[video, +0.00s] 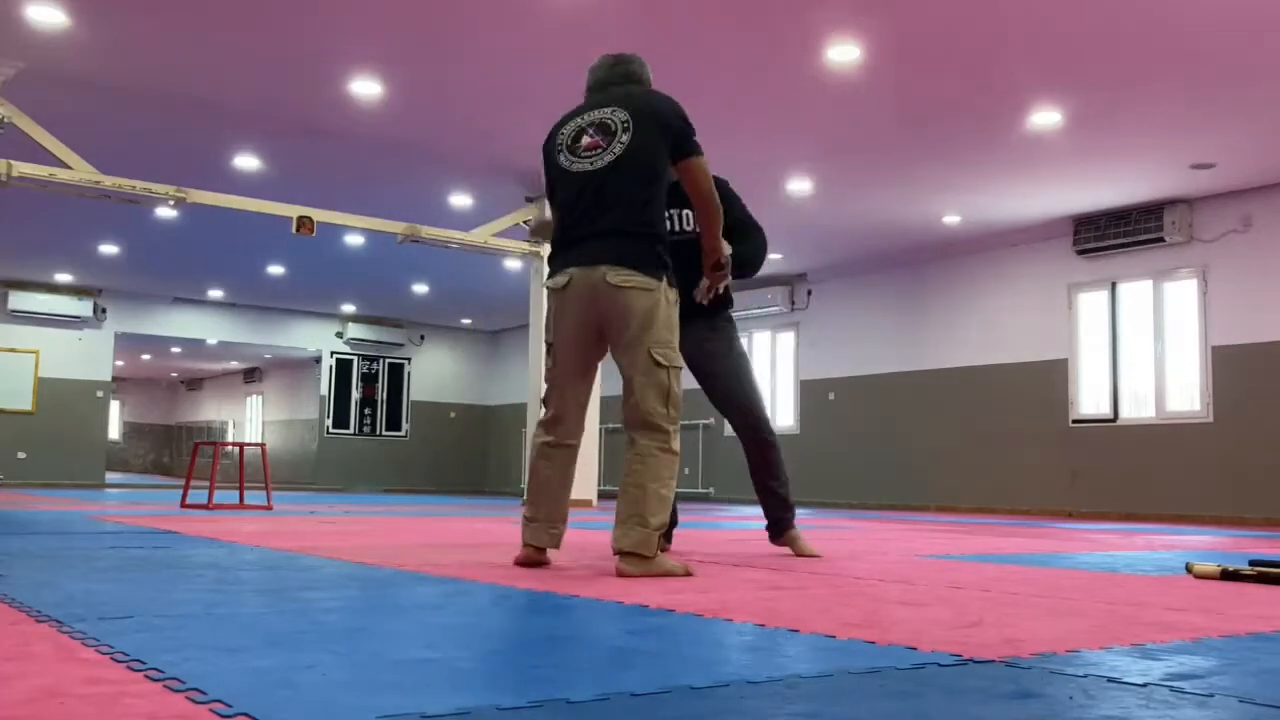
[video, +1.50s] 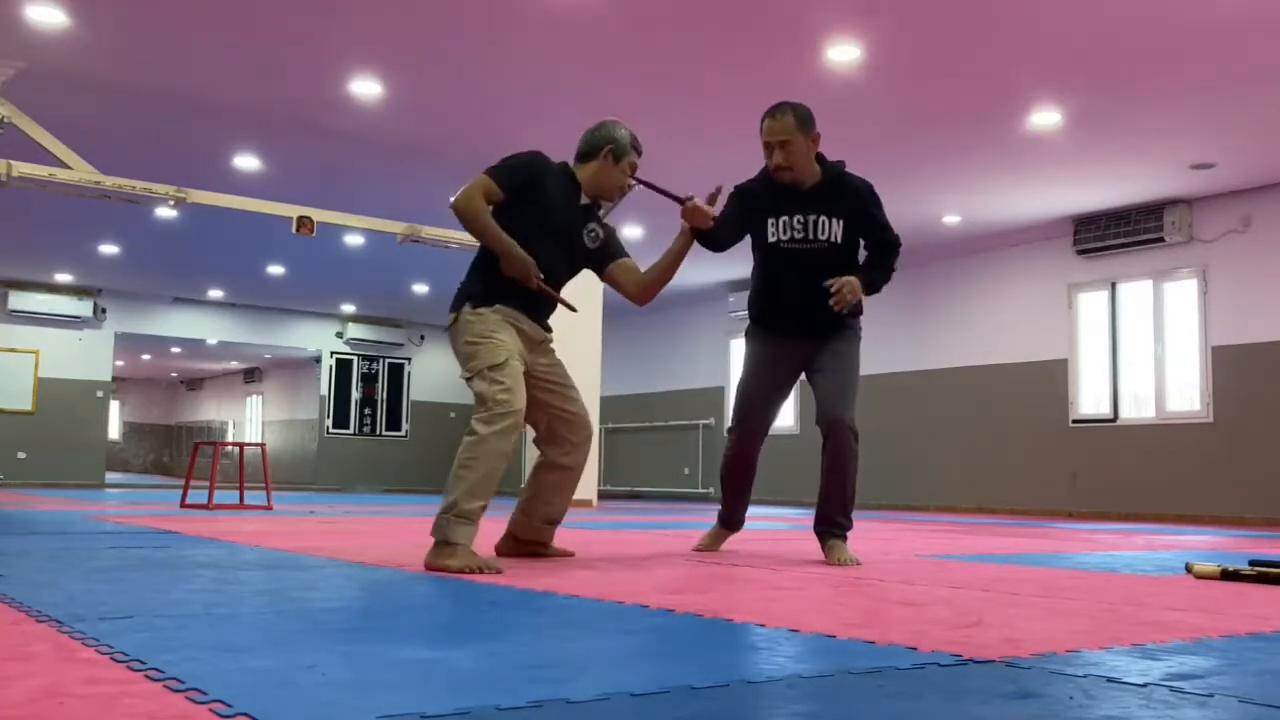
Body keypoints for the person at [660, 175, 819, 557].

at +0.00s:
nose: (669, 158)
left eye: (675, 149)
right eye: (661, 151)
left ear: (684, 151)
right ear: (645, 153)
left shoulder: (708, 189)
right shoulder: (630, 197)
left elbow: (753, 243)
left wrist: (723, 269)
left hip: (706, 318)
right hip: (649, 321)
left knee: (753, 422)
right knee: (651, 425)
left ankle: (783, 526)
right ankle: (656, 534)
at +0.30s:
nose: (675, 149)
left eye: (682, 139)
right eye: (665, 141)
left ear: (698, 142)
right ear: (650, 146)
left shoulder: (715, 194)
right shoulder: (635, 190)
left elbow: (732, 252)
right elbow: (620, 258)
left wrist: (745, 273)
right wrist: (678, 297)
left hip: (711, 327)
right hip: (655, 331)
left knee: (751, 423)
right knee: (650, 430)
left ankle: (771, 528)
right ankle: (657, 532)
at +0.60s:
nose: (705, 150)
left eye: (715, 140)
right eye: (696, 143)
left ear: (736, 142)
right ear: (686, 148)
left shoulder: (761, 186)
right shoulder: (674, 203)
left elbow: (772, 246)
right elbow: (656, 264)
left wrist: (740, 209)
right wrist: (652, 322)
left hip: (761, 334)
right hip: (700, 338)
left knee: (796, 424)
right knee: (667, 434)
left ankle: (834, 531)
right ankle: (661, 530)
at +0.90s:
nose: (769, 151)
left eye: (778, 140)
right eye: (760, 142)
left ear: (804, 136)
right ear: (752, 144)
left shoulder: (829, 186)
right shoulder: (749, 187)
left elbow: (801, 268)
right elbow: (744, 255)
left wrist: (731, 313)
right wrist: (737, 238)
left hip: (828, 323)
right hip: (772, 324)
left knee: (830, 419)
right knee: (751, 429)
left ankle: (842, 535)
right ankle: (778, 521)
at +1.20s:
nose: (797, 159)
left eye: (807, 147)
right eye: (789, 148)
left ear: (833, 143)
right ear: (780, 147)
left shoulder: (865, 194)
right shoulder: (767, 190)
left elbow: (898, 242)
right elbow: (729, 227)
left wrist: (899, 291)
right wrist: (716, 193)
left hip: (841, 334)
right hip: (779, 333)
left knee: (844, 425)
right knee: (752, 428)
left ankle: (836, 536)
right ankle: (728, 520)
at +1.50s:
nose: (775, 159)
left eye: (785, 147)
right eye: (768, 148)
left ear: (814, 142)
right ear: (762, 147)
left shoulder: (853, 193)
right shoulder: (754, 194)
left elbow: (888, 249)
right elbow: (721, 237)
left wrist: (864, 282)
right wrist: (703, 225)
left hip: (834, 333)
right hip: (772, 333)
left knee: (839, 424)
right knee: (745, 429)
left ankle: (834, 535)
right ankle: (729, 522)